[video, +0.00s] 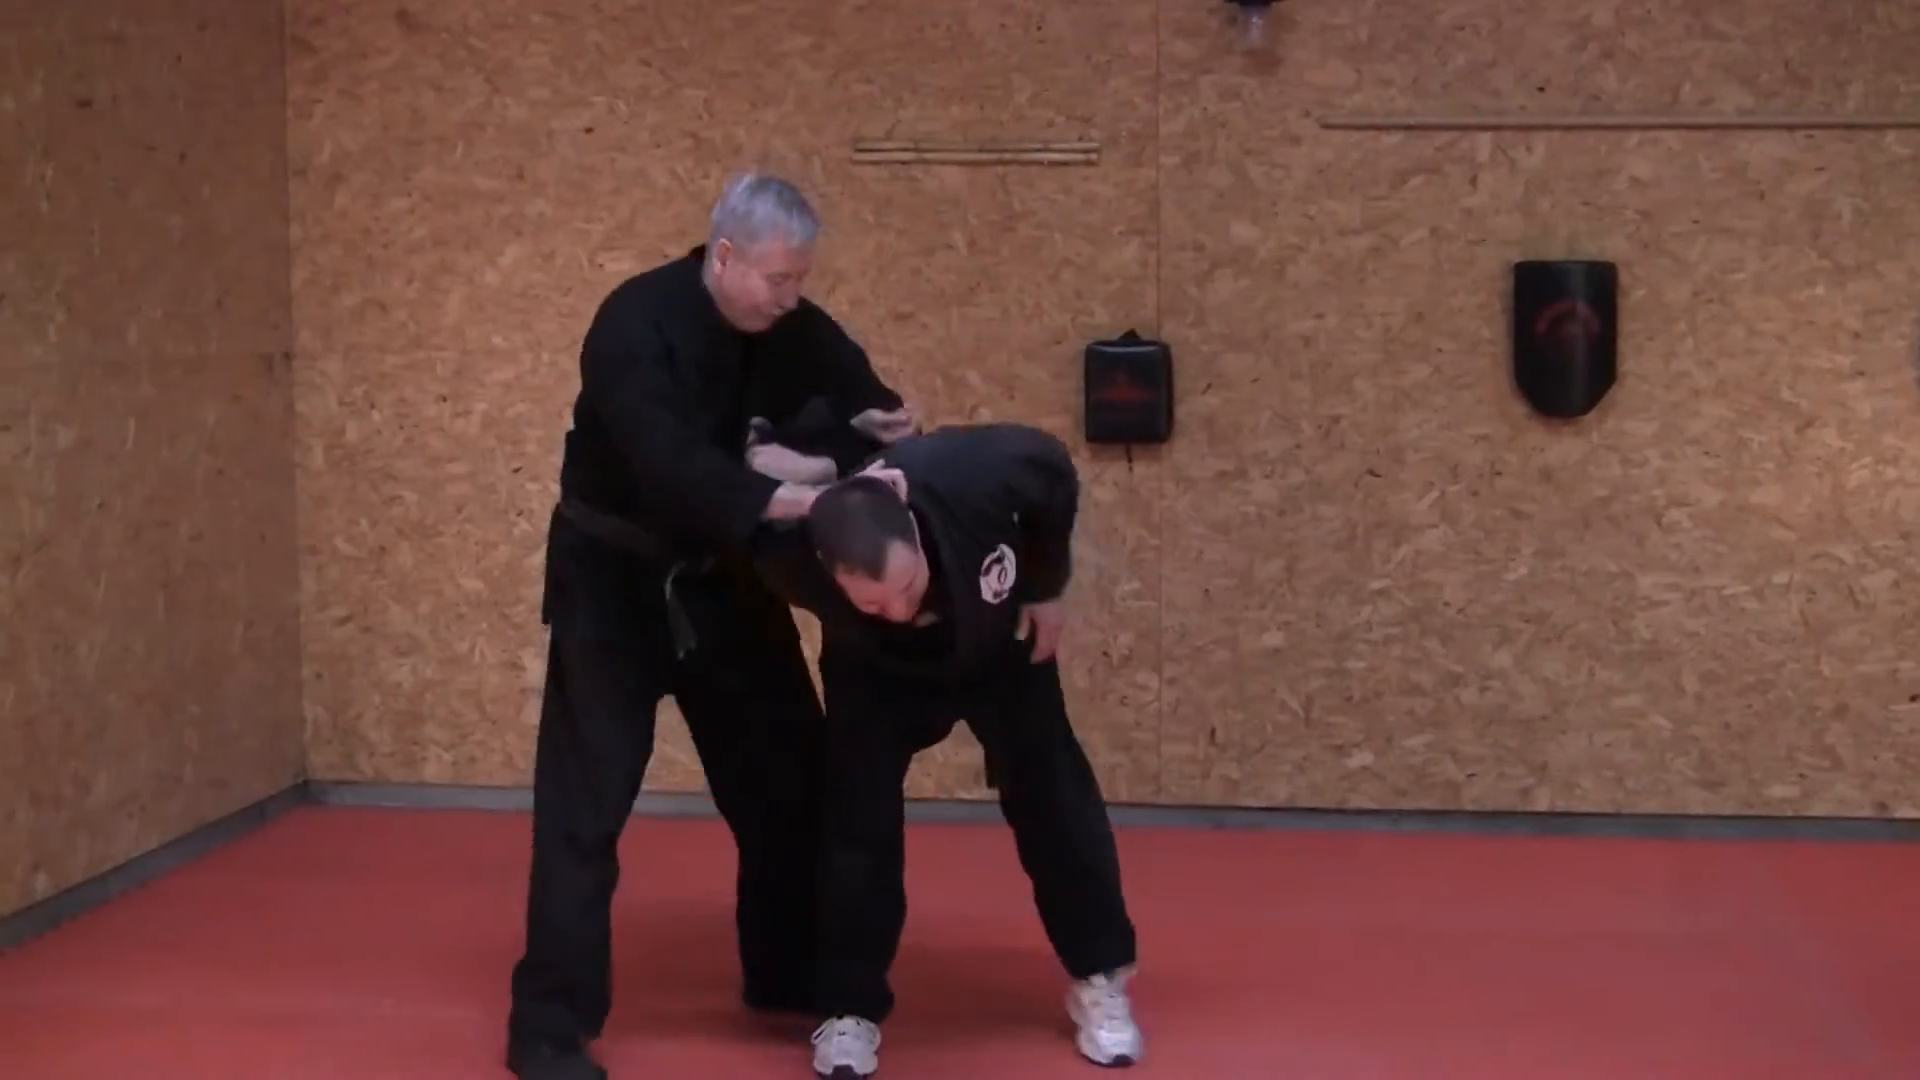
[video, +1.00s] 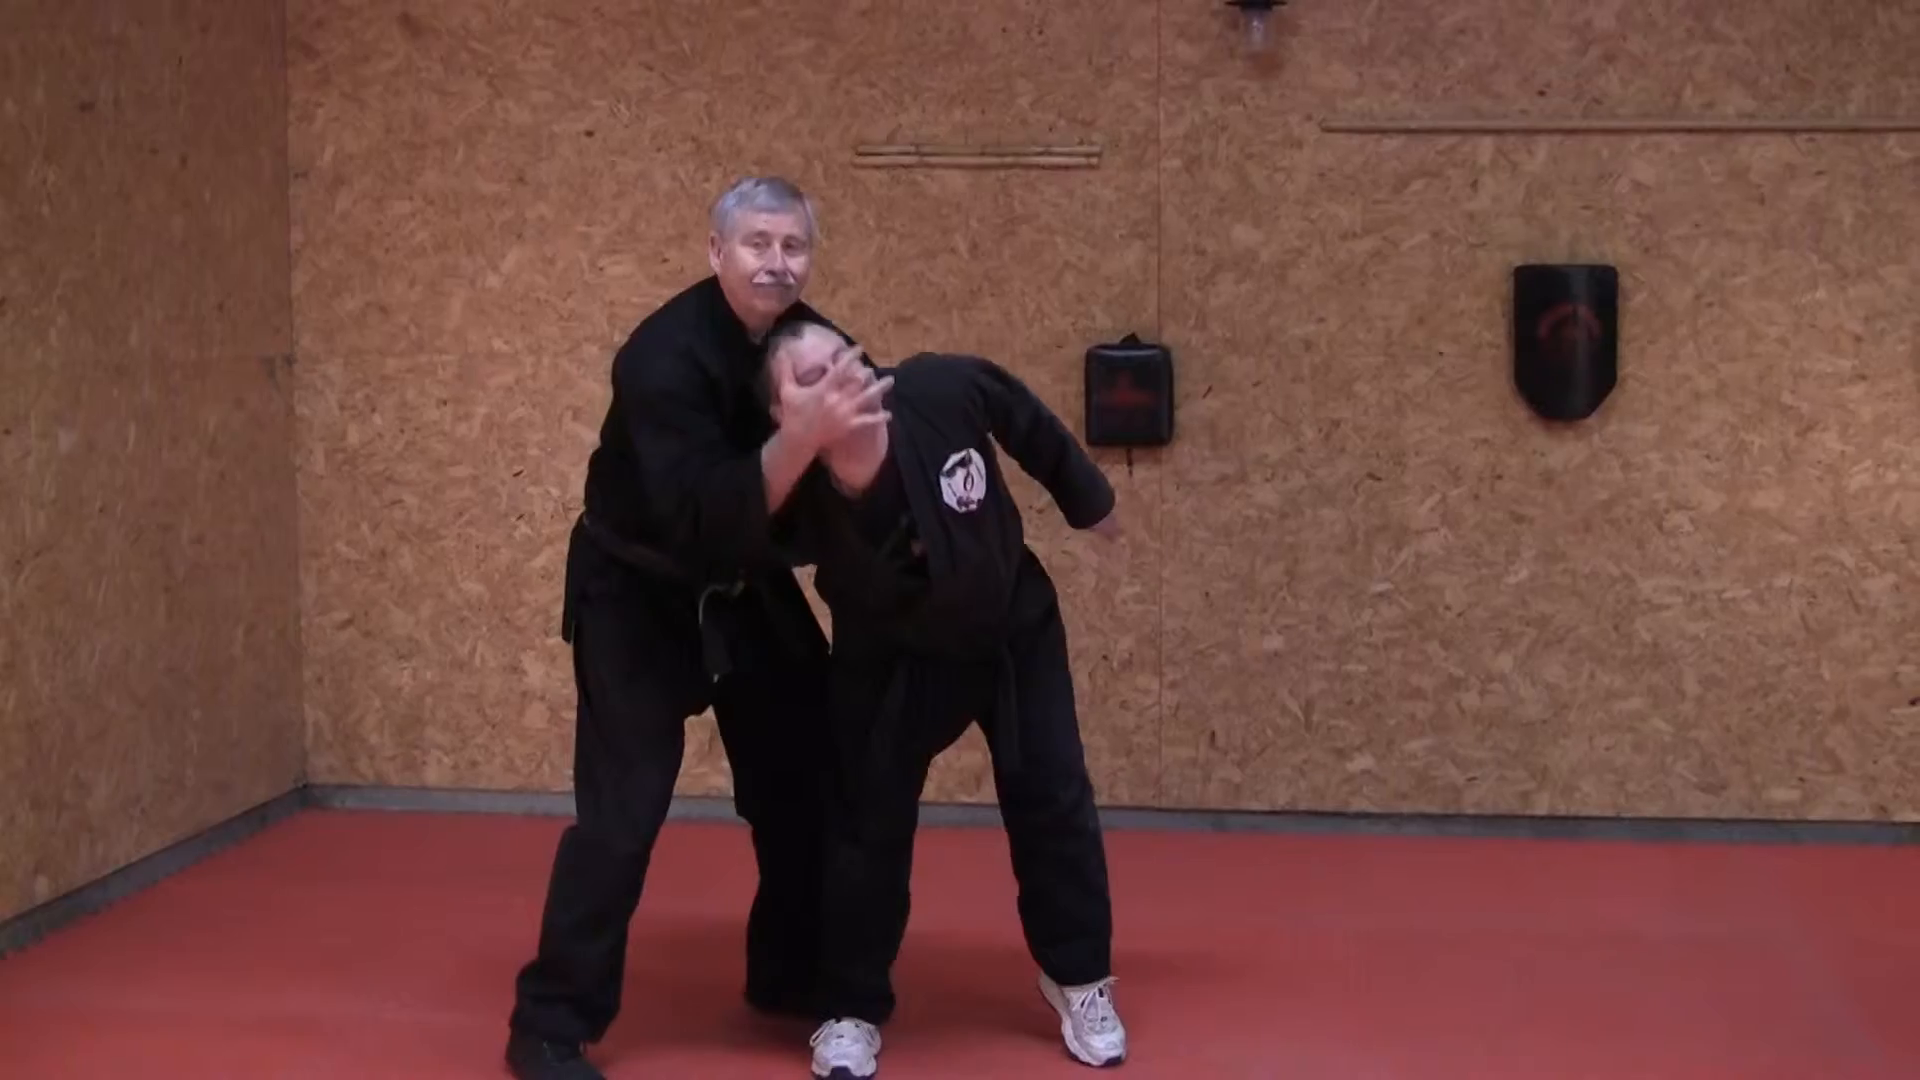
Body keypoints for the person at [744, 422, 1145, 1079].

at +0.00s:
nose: (898, 609)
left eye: (904, 589)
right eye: (875, 604)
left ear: (915, 535)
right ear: (832, 570)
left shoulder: (974, 479)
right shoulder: (794, 554)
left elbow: (1050, 471)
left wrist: (1046, 586)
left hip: (997, 641)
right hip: (875, 659)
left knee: (1056, 800)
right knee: (858, 820)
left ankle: (1098, 982)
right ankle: (852, 1012)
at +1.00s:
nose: (839, 375)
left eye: (842, 357)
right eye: (811, 376)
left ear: (865, 363)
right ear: (785, 413)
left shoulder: (940, 388)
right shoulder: (796, 497)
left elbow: (1024, 420)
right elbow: (753, 543)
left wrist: (1085, 494)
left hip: (1006, 622)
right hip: (888, 652)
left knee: (1053, 799)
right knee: (868, 822)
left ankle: (1079, 977)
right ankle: (851, 1011)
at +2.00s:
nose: (862, 245)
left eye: (854, 235)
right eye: (833, 245)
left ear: (873, 268)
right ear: (805, 301)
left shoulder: (938, 339)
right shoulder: (799, 410)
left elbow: (999, 423)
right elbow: (735, 505)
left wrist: (1034, 505)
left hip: (959, 626)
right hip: (843, 639)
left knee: (1018, 807)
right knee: (832, 826)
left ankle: (1050, 981)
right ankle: (820, 1007)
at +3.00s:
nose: (888, 268)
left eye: (882, 252)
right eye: (860, 262)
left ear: (895, 269)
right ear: (812, 303)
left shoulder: (940, 346)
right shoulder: (798, 414)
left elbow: (989, 431)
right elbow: (722, 501)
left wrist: (1014, 519)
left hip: (944, 629)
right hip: (829, 641)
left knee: (1005, 808)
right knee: (819, 830)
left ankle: (1038, 981)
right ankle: (810, 1013)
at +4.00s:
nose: (1104, 372)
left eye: (1113, 352)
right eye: (1082, 354)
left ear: (1121, 347)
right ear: (1025, 349)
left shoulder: (1119, 426)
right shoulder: (952, 413)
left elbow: (1119, 518)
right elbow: (827, 437)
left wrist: (1102, 590)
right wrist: (878, 489)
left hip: (1040, 652)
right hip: (918, 652)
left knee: (1077, 838)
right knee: (854, 828)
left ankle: (1101, 1018)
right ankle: (807, 1013)